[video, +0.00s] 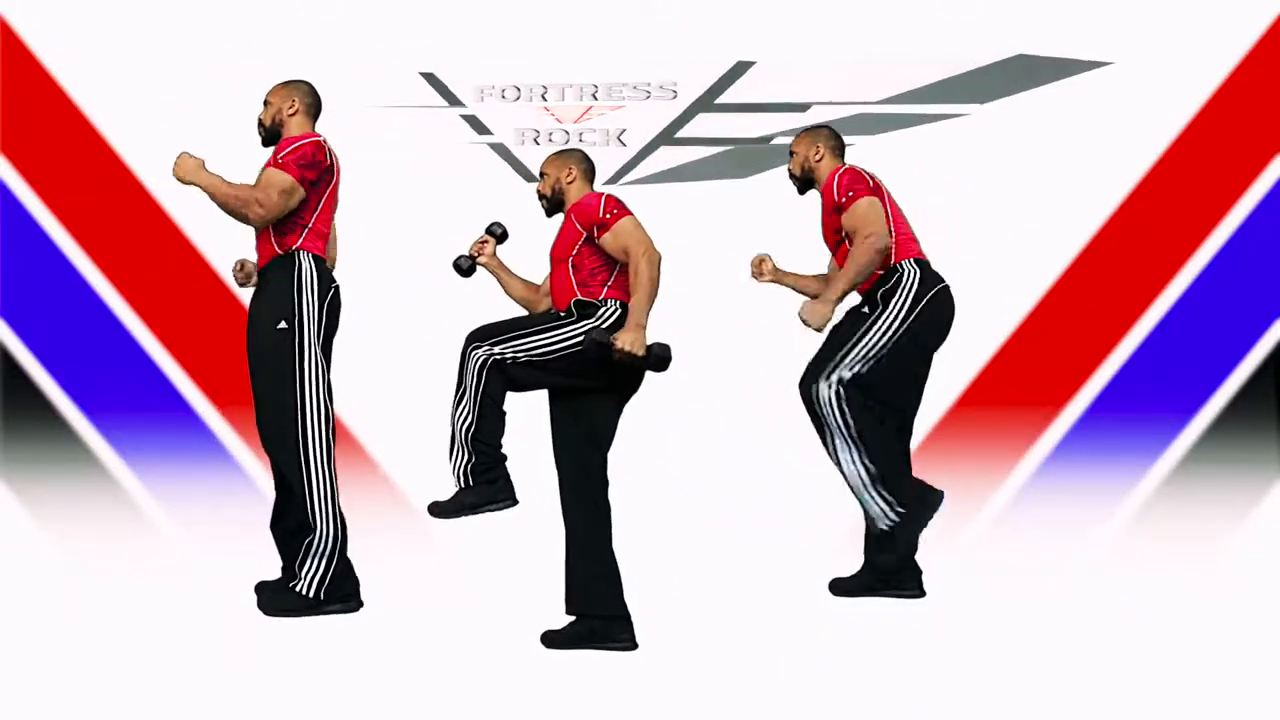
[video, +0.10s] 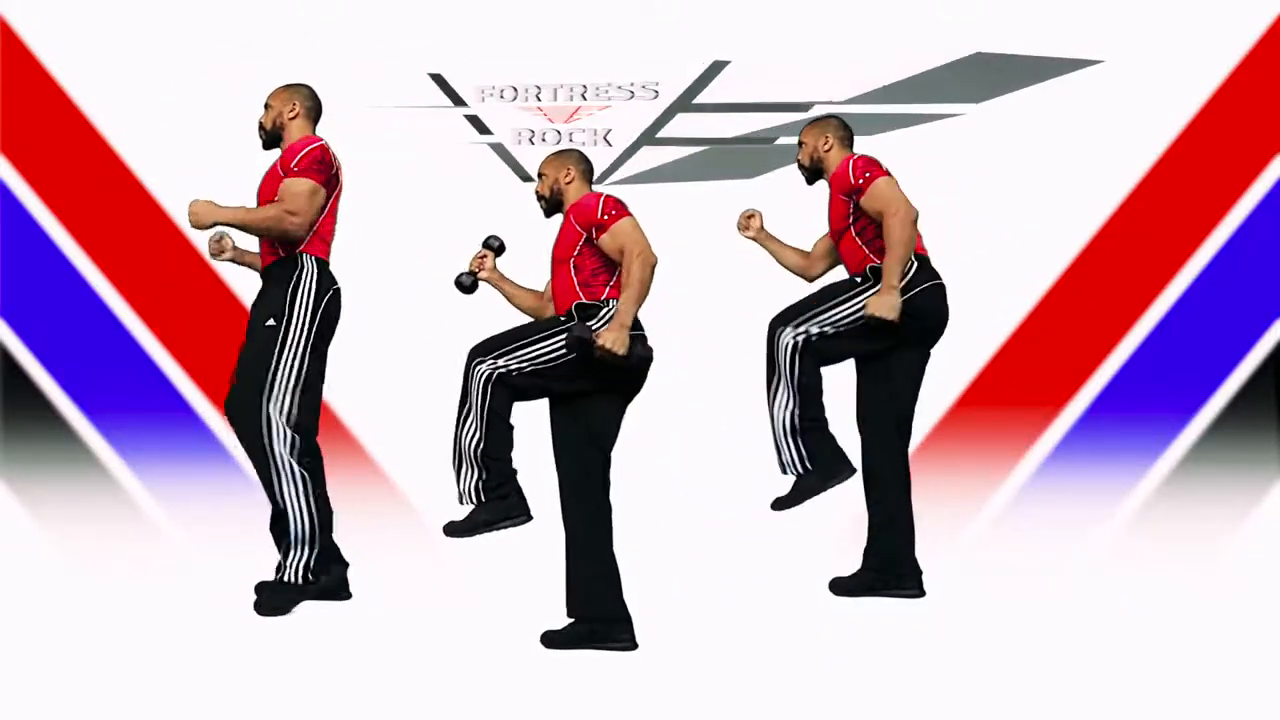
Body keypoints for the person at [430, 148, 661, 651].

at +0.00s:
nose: (538, 187)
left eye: (543, 178)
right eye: (539, 180)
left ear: (568, 175)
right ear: (569, 177)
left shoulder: (593, 203)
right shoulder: (571, 234)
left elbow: (645, 255)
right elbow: (540, 301)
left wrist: (636, 326)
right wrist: (494, 263)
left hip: (599, 321)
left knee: (483, 348)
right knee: (581, 485)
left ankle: (484, 479)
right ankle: (602, 619)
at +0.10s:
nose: (536, 187)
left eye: (541, 178)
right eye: (536, 180)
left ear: (567, 175)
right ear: (567, 177)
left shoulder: (590, 203)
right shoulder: (572, 233)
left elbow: (640, 256)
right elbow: (549, 308)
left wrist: (622, 322)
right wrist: (494, 277)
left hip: (593, 335)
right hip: (604, 349)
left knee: (485, 365)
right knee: (583, 489)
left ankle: (496, 496)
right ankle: (602, 620)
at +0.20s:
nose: (533, 190)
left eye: (538, 180)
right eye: (533, 183)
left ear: (563, 177)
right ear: (567, 178)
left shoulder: (591, 207)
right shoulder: (570, 234)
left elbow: (627, 263)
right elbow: (570, 319)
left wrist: (586, 327)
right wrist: (507, 308)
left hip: (606, 339)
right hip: (610, 352)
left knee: (506, 401)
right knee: (584, 485)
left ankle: (558, 528)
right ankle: (601, 620)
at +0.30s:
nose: (523, 194)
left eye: (527, 184)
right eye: (523, 187)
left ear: (552, 182)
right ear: (557, 184)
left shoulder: (582, 213)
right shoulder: (563, 242)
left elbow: (601, 276)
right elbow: (572, 332)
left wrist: (541, 326)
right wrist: (528, 342)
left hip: (619, 336)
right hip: (602, 347)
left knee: (551, 444)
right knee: (588, 476)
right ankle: (601, 619)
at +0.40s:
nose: (512, 204)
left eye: (516, 193)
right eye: (512, 196)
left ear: (541, 191)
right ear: (546, 193)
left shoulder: (573, 221)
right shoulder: (555, 247)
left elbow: (576, 285)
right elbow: (598, 325)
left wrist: (500, 313)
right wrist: (564, 368)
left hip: (627, 343)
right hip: (602, 361)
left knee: (616, 474)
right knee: (580, 481)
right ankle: (602, 618)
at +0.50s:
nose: (503, 215)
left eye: (507, 205)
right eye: (503, 207)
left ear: (532, 202)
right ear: (536, 204)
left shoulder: (559, 229)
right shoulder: (562, 245)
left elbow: (547, 297)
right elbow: (602, 318)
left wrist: (475, 298)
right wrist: (591, 376)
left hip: (630, 349)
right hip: (606, 366)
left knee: (673, 484)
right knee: (580, 489)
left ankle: (819, 561)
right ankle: (602, 622)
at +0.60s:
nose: (498, 227)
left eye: (503, 217)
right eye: (498, 220)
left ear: (529, 211)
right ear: (533, 218)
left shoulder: (555, 240)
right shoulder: (563, 252)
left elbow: (523, 308)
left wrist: (461, 287)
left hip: (640, 355)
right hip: (613, 373)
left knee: (707, 479)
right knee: (578, 490)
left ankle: (848, 585)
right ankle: (602, 621)